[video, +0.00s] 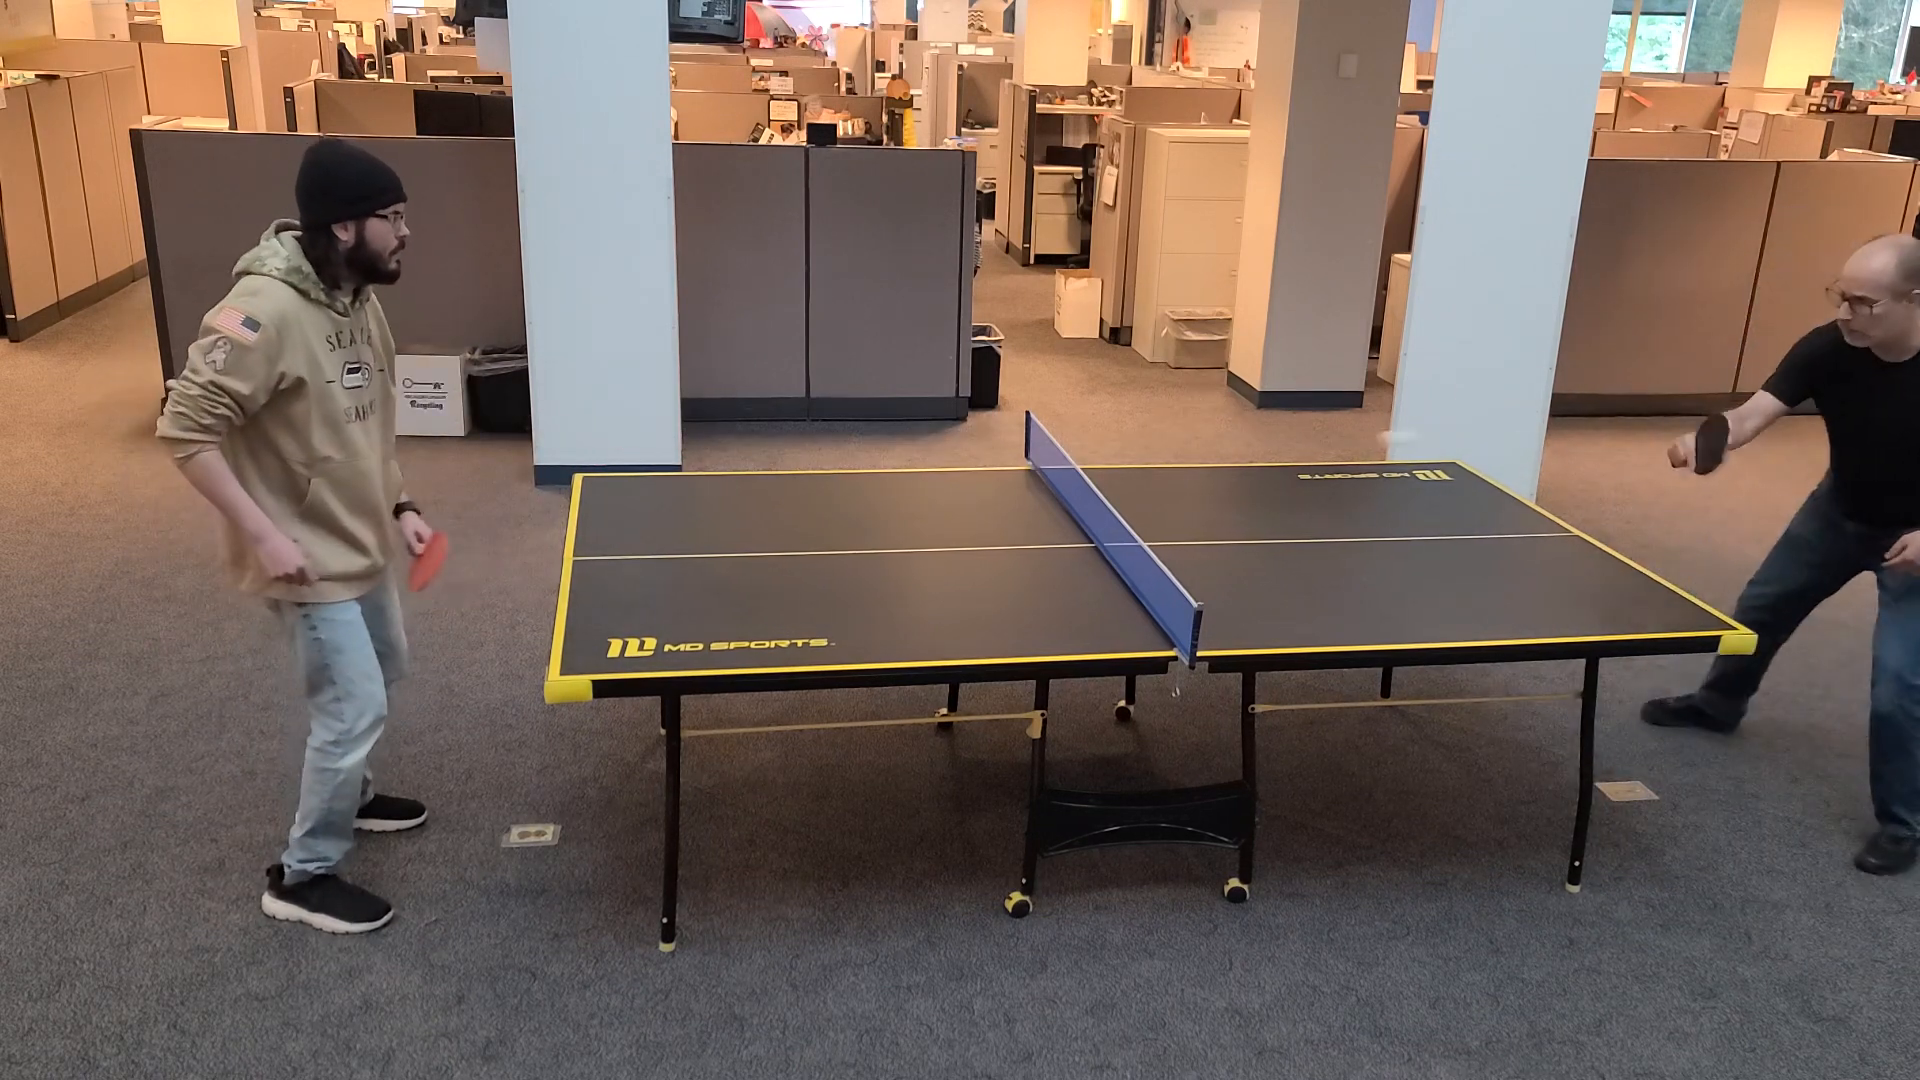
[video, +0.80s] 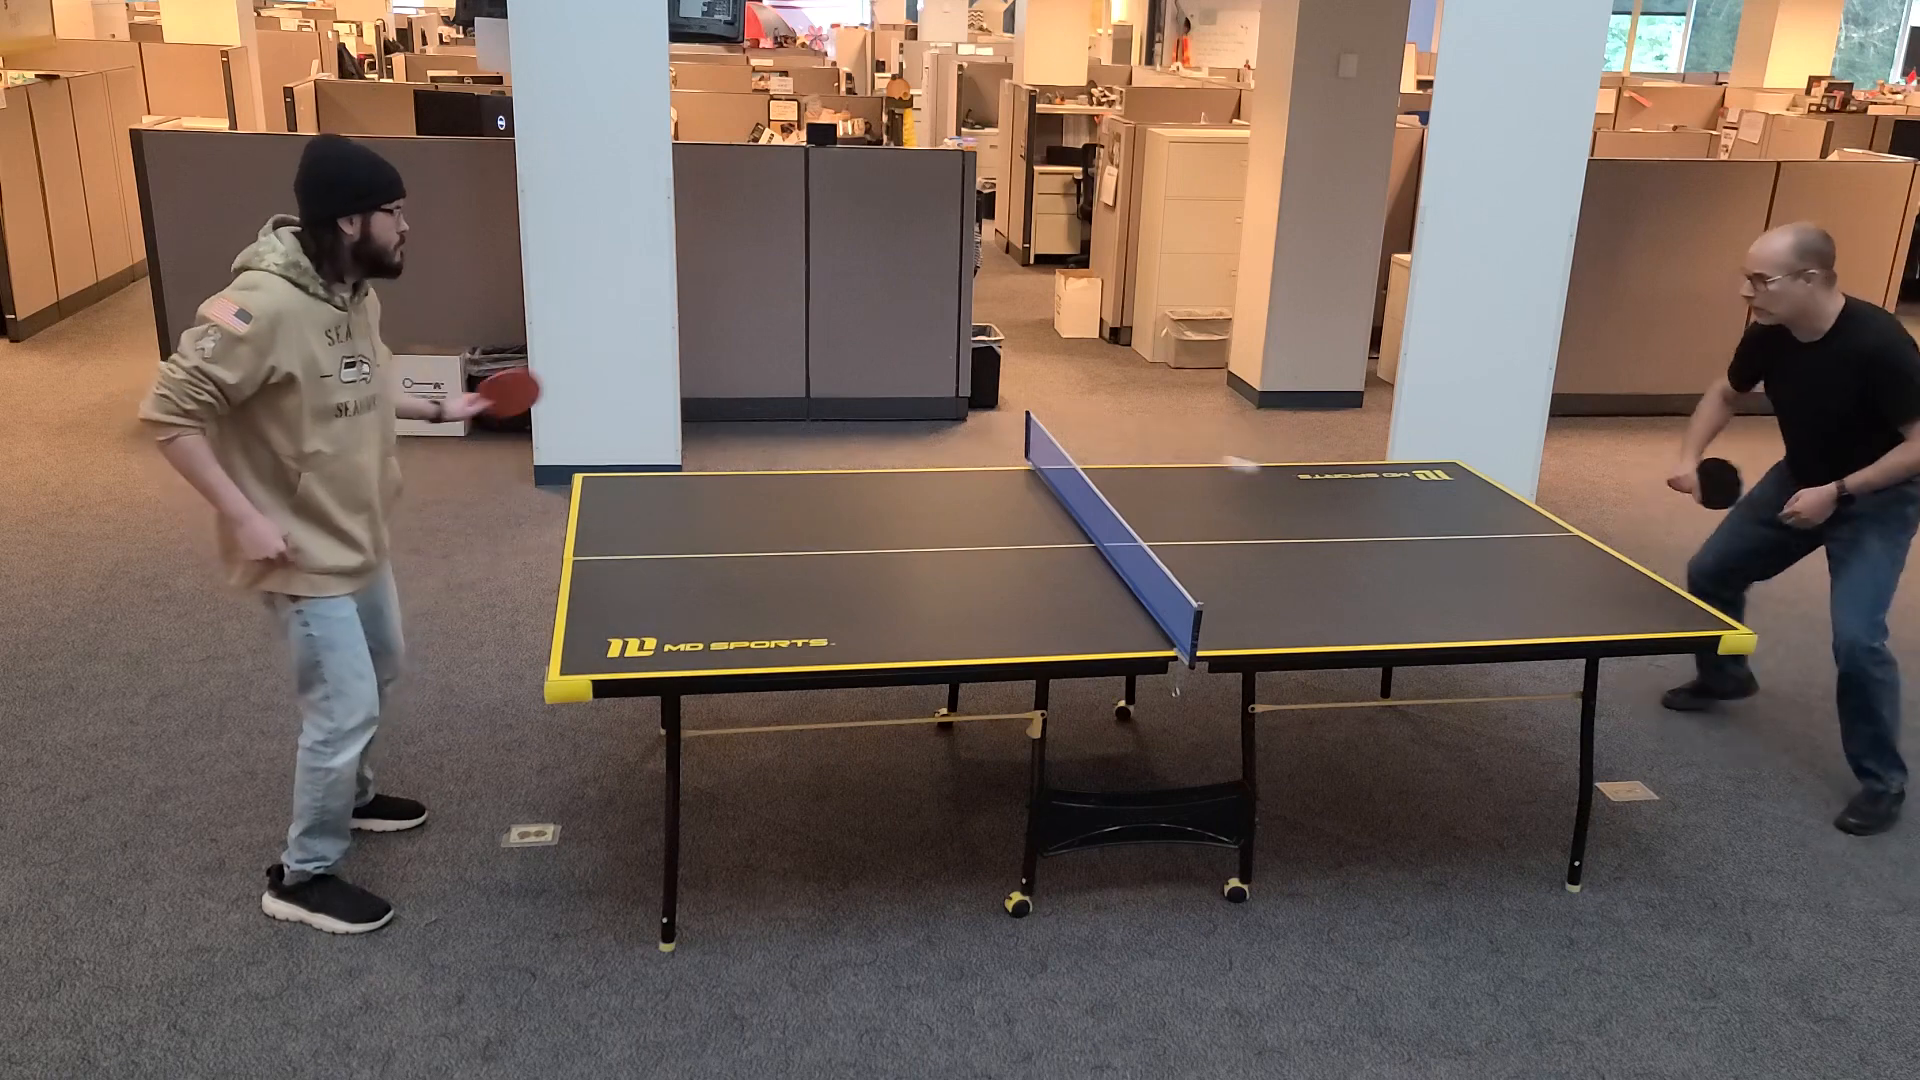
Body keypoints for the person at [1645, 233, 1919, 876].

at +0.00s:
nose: (1843, 312)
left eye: (1860, 303)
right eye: (1841, 298)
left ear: (1909, 302)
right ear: (1843, 291)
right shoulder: (1830, 350)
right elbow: (1749, 415)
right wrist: (1703, 444)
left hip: (1911, 536)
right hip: (1842, 510)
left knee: (1898, 683)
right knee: (1761, 606)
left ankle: (1900, 823)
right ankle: (1719, 703)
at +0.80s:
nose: (1747, 291)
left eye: (1760, 281)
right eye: (1747, 278)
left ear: (1813, 280)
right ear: (1795, 282)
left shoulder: (1883, 344)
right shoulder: (1765, 333)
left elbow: (1919, 445)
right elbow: (1725, 397)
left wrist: (1838, 491)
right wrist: (1688, 457)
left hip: (1880, 498)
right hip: (1802, 480)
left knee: (1856, 639)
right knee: (1709, 573)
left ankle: (1882, 781)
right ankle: (1724, 676)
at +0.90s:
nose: (1726, 287)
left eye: (1738, 277)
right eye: (1726, 275)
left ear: (1787, 276)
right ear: (1771, 277)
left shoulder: (1859, 336)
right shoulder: (1750, 326)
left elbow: (1911, 436)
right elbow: (1687, 362)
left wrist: (1842, 495)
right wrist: (1627, 420)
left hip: (1865, 497)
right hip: (1787, 479)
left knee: (1852, 641)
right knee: (1688, 566)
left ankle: (1882, 785)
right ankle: (1679, 661)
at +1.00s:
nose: (1704, 277)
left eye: (1716, 267)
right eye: (1703, 265)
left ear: (1763, 267)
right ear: (1748, 266)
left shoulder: (1825, 323)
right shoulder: (1719, 311)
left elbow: (1901, 412)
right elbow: (1637, 319)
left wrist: (1834, 490)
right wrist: (1563, 361)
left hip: (1838, 491)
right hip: (1761, 477)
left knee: (1844, 632)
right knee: (1679, 567)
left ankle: (1876, 777)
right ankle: (1660, 665)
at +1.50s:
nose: (1685, 261)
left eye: (1697, 251)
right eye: (1684, 249)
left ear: (1744, 253)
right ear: (1729, 254)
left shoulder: (1802, 317)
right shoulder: (1705, 315)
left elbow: (1851, 417)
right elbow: (1664, 381)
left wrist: (1767, 476)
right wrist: (1624, 417)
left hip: (1810, 483)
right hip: (1735, 470)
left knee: (1805, 625)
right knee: (1658, 568)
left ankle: (1851, 768)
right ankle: (1659, 666)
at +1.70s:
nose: (1719, 256)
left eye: (1733, 245)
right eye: (1718, 243)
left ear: (1783, 248)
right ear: (1769, 249)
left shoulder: (1845, 315)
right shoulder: (1754, 310)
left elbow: (1900, 416)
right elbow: (1737, 388)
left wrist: (1814, 479)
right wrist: (1704, 428)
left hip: (1867, 484)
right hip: (1795, 474)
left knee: (1832, 642)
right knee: (1721, 580)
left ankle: (1857, 778)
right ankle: (1709, 690)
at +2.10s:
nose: (1783, 296)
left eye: (1797, 284)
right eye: (1782, 282)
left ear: (1852, 284)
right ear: (1828, 286)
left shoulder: (1910, 358)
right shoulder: (1816, 348)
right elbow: (1791, 434)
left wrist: (1879, 532)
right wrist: (1762, 494)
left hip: (1901, 557)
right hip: (1828, 540)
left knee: (1883, 706)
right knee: (1763, 637)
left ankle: (1914, 867)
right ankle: (1798, 745)